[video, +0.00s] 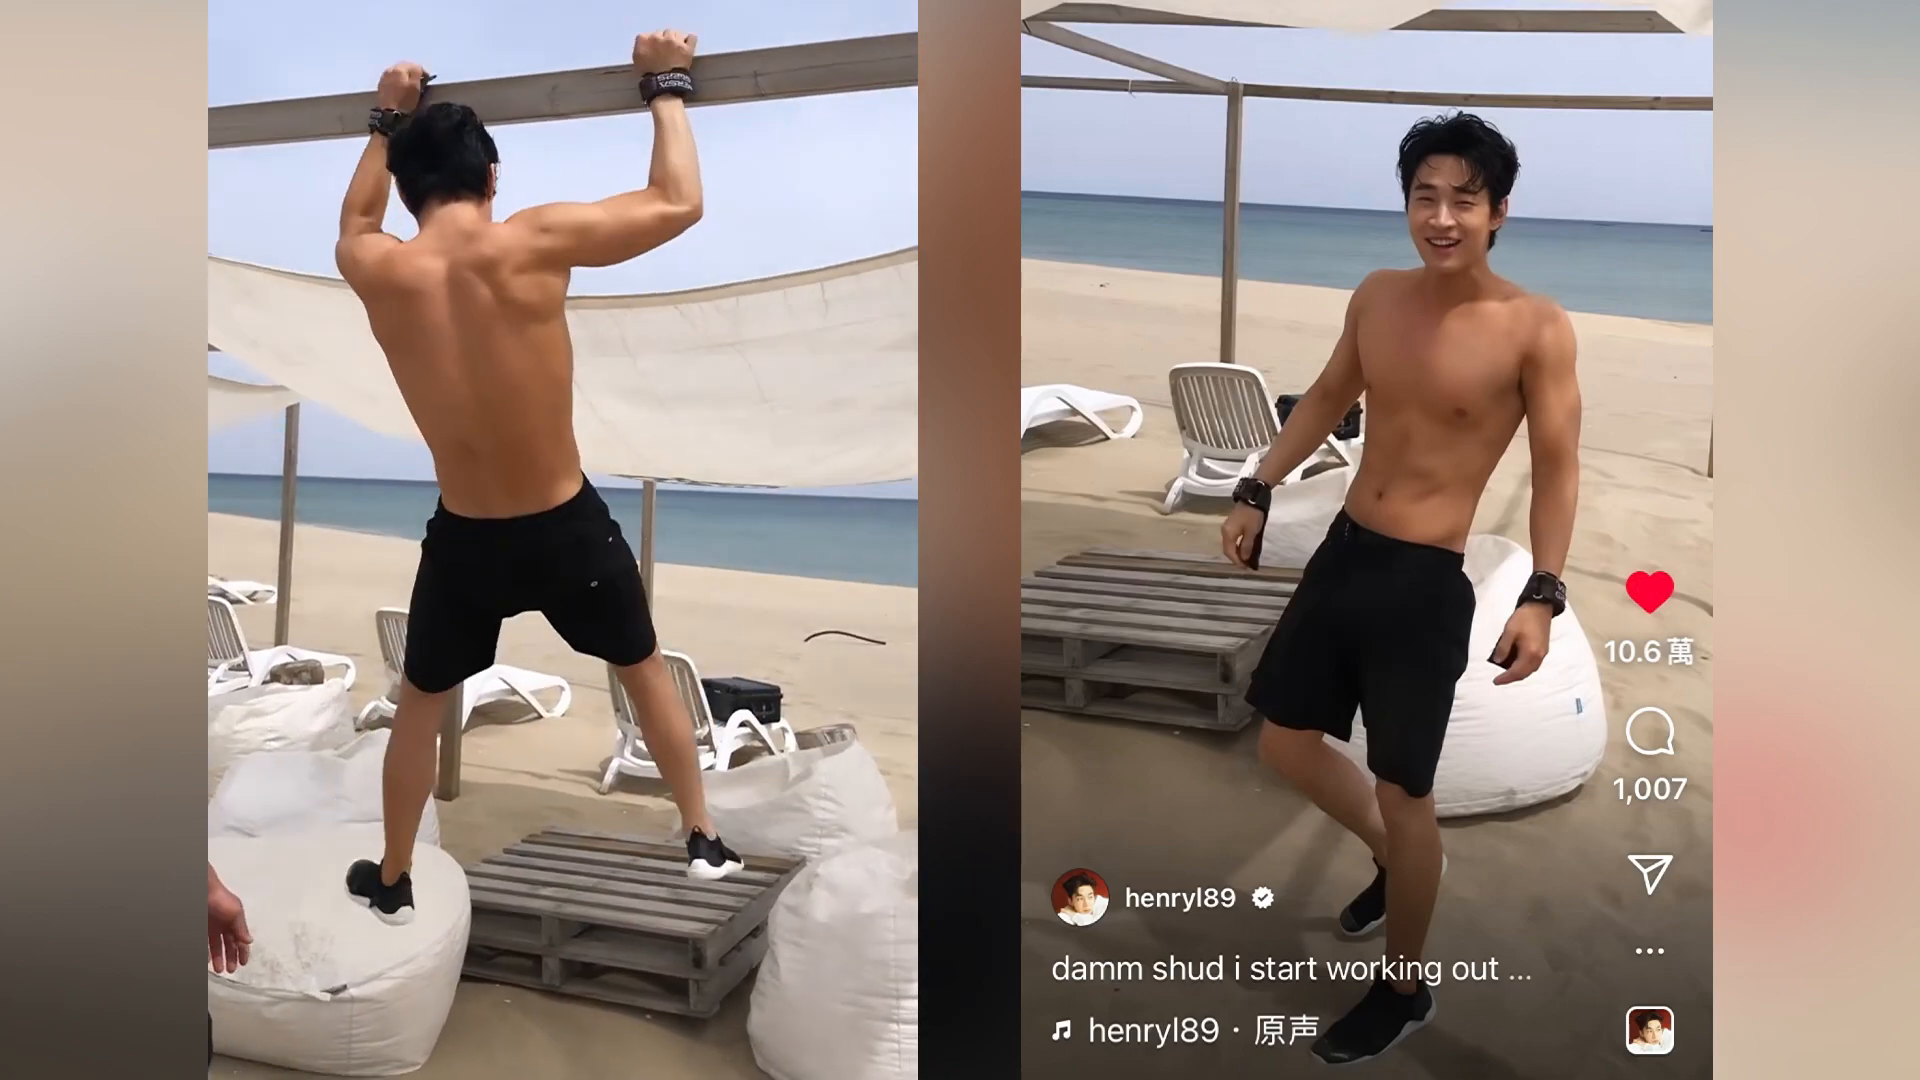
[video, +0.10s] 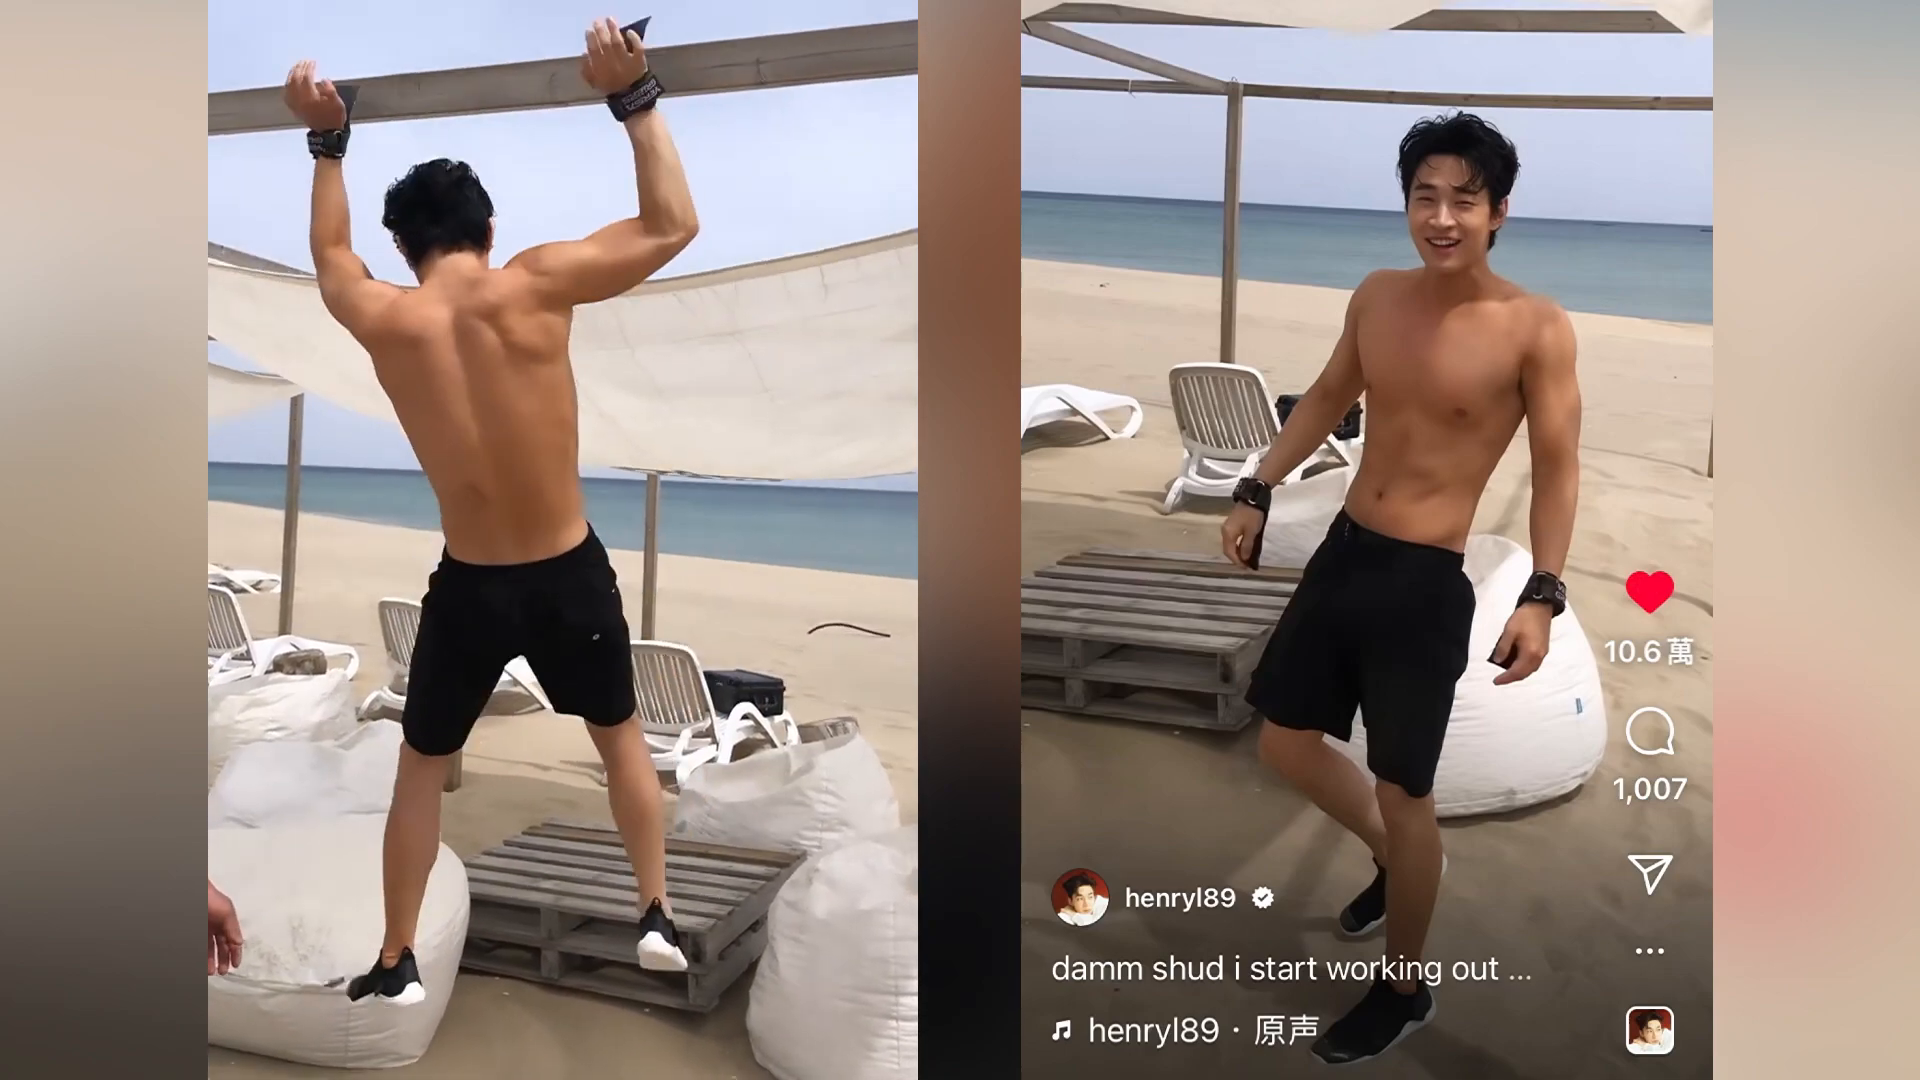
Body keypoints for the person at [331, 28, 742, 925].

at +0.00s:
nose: (502, 180)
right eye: (498, 168)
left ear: (404, 188)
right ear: (491, 174)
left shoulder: (380, 270)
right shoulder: (540, 239)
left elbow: (358, 217)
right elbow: (677, 201)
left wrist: (385, 123)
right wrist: (668, 86)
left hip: (462, 541)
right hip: (568, 531)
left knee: (420, 703)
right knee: (641, 664)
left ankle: (392, 875)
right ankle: (703, 836)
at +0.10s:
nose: (468, 227)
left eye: (431, 229)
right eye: (479, 214)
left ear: (408, 244)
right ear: (486, 226)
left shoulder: (384, 318)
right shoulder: (541, 279)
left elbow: (329, 250)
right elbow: (671, 224)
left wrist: (327, 144)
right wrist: (636, 99)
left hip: (469, 591)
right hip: (571, 579)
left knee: (422, 769)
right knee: (620, 738)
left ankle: (395, 960)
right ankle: (656, 917)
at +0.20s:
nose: (491, 335)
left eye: (409, 342)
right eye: (490, 324)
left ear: (405, 345)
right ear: (486, 328)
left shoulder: (390, 419)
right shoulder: (542, 372)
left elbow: (303, 369)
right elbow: (664, 317)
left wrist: (284, 256)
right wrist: (587, 232)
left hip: (474, 690)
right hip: (578, 680)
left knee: (412, 883)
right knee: (603, 848)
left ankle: (387, 1067)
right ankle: (624, 1026)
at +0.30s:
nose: (400, 495)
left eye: (397, 484)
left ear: (405, 486)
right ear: (485, 469)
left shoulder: (386, 559)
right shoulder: (546, 514)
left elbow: (284, 552)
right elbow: (677, 491)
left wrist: (267, 449)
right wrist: (592, 435)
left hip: (477, 837)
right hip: (583, 821)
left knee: (395, 1013)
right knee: (599, 977)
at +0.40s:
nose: (394, 634)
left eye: (392, 622)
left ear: (403, 627)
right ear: (476, 607)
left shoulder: (389, 700)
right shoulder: (553, 656)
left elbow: (280, 757)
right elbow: (671, 706)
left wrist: (266, 682)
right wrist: (619, 632)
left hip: (497, 974)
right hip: (597, 960)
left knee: (358, 1025)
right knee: (597, 1055)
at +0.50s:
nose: (404, 731)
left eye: (400, 722)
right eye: (402, 722)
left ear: (411, 722)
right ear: (481, 701)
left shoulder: (400, 794)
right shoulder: (558, 743)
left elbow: (299, 877)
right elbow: (667, 805)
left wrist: (283, 882)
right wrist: (610, 782)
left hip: (513, 1055)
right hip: (620, 1044)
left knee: (369, 1006)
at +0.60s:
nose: (419, 790)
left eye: (416, 778)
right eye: (415, 778)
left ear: (429, 778)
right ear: (498, 757)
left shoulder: (419, 846)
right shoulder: (574, 796)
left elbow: (330, 932)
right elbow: (678, 841)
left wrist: (323, 964)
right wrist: (615, 835)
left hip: (528, 1071)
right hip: (636, 1066)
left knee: (397, 973)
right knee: (619, 952)